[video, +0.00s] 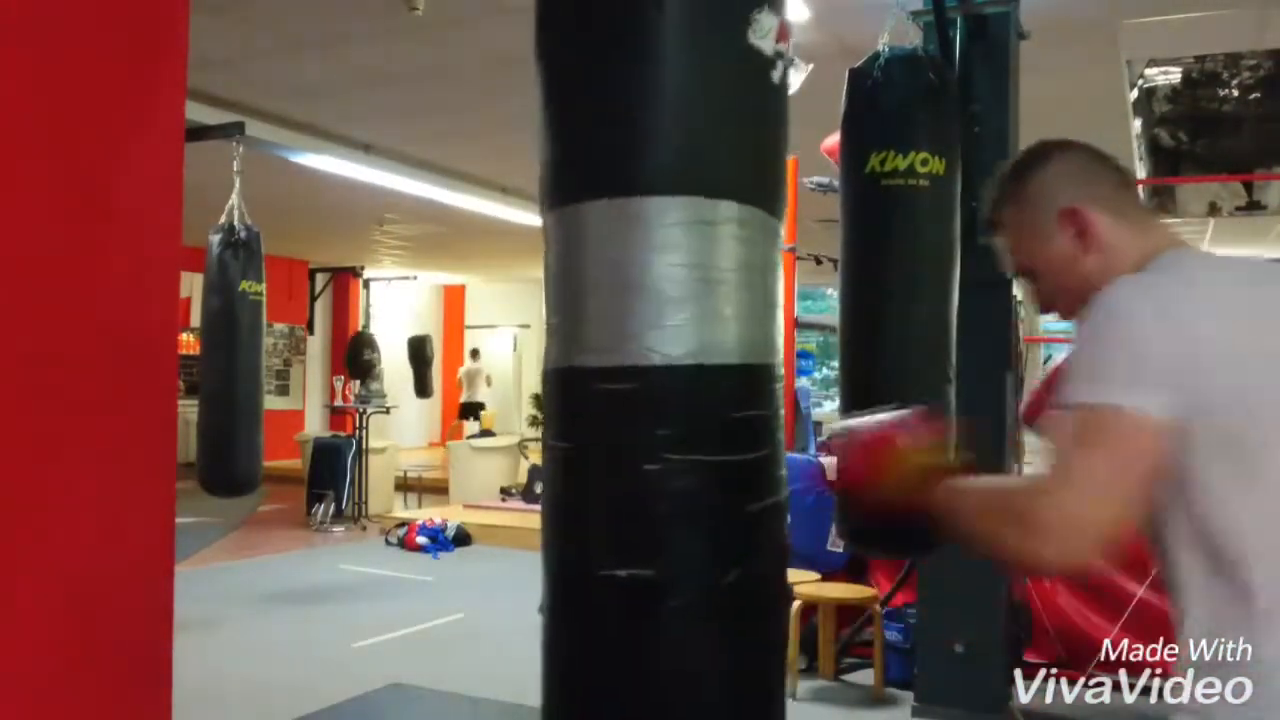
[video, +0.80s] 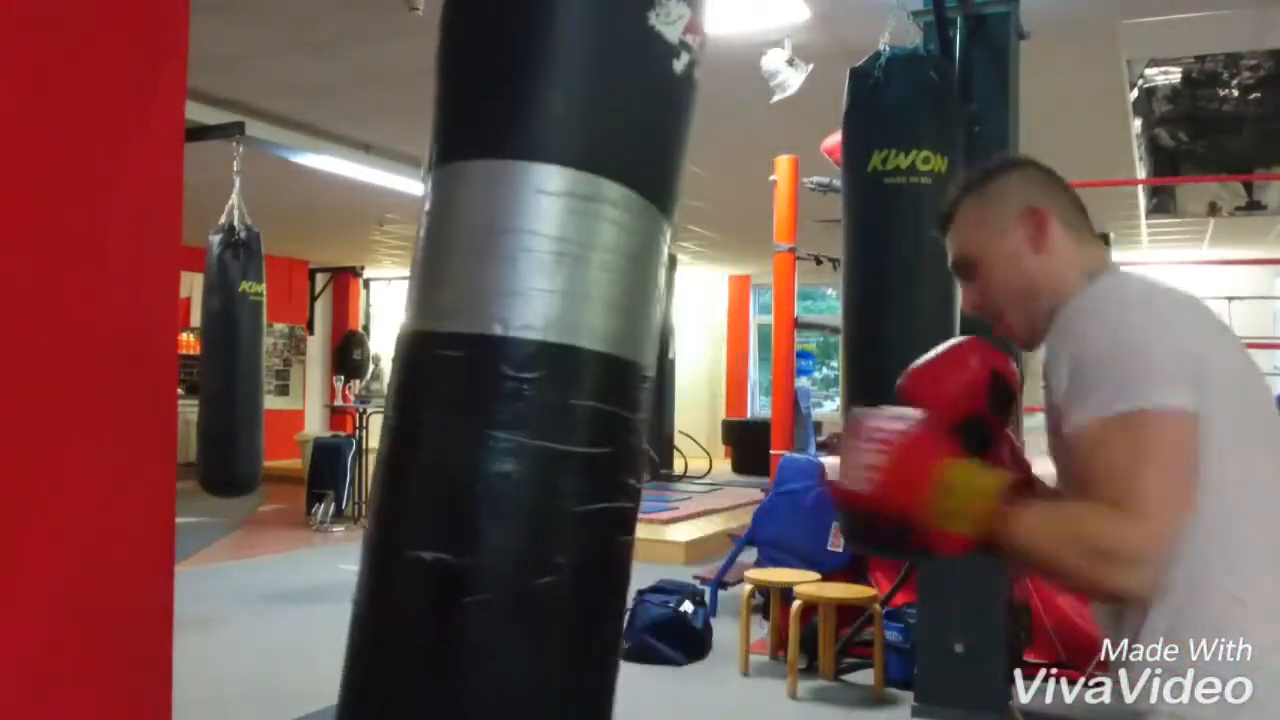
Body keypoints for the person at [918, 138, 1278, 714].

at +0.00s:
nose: (1040, 305)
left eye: (1031, 276)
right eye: (1025, 281)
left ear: (1080, 230)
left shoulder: (1145, 311)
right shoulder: (1263, 285)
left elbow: (1069, 529)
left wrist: (933, 494)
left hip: (1244, 692)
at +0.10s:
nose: (979, 307)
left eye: (976, 277)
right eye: (967, 285)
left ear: (1028, 232)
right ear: (1038, 225)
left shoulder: (1094, 315)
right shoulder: (1237, 288)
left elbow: (969, 530)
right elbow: (985, 494)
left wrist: (834, 490)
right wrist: (858, 488)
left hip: (1241, 692)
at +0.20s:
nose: (929, 324)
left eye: (926, 293)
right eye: (918, 301)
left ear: (983, 244)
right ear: (984, 239)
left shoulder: (1108, 326)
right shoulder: (1086, 324)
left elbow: (1054, 569)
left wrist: (898, 513)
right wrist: (1005, 456)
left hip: (1234, 689)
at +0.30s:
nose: (899, 354)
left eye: (897, 323)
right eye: (888, 332)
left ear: (953, 275)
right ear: (953, 275)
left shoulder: (1125, 361)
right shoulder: (1029, 388)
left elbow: (1155, 620)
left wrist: (964, 532)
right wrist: (879, 500)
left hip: (1232, 702)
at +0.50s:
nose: (894, 310)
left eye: (885, 283)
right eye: (880, 288)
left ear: (915, 247)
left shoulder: (1033, 329)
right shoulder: (1086, 306)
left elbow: (1013, 591)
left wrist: (874, 507)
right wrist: (925, 492)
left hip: (1191, 699)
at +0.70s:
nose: (946, 287)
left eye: (945, 256)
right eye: (937, 264)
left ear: (1004, 215)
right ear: (1008, 211)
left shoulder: (1096, 305)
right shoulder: (1139, 297)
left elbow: (979, 518)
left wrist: (808, 470)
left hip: (1200, 693)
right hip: (1237, 686)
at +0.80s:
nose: (966, 303)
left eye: (970, 270)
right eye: (960, 280)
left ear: (1036, 230)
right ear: (1040, 231)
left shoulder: (1117, 318)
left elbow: (1130, 556)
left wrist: (952, 493)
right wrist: (1012, 479)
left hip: (1200, 697)